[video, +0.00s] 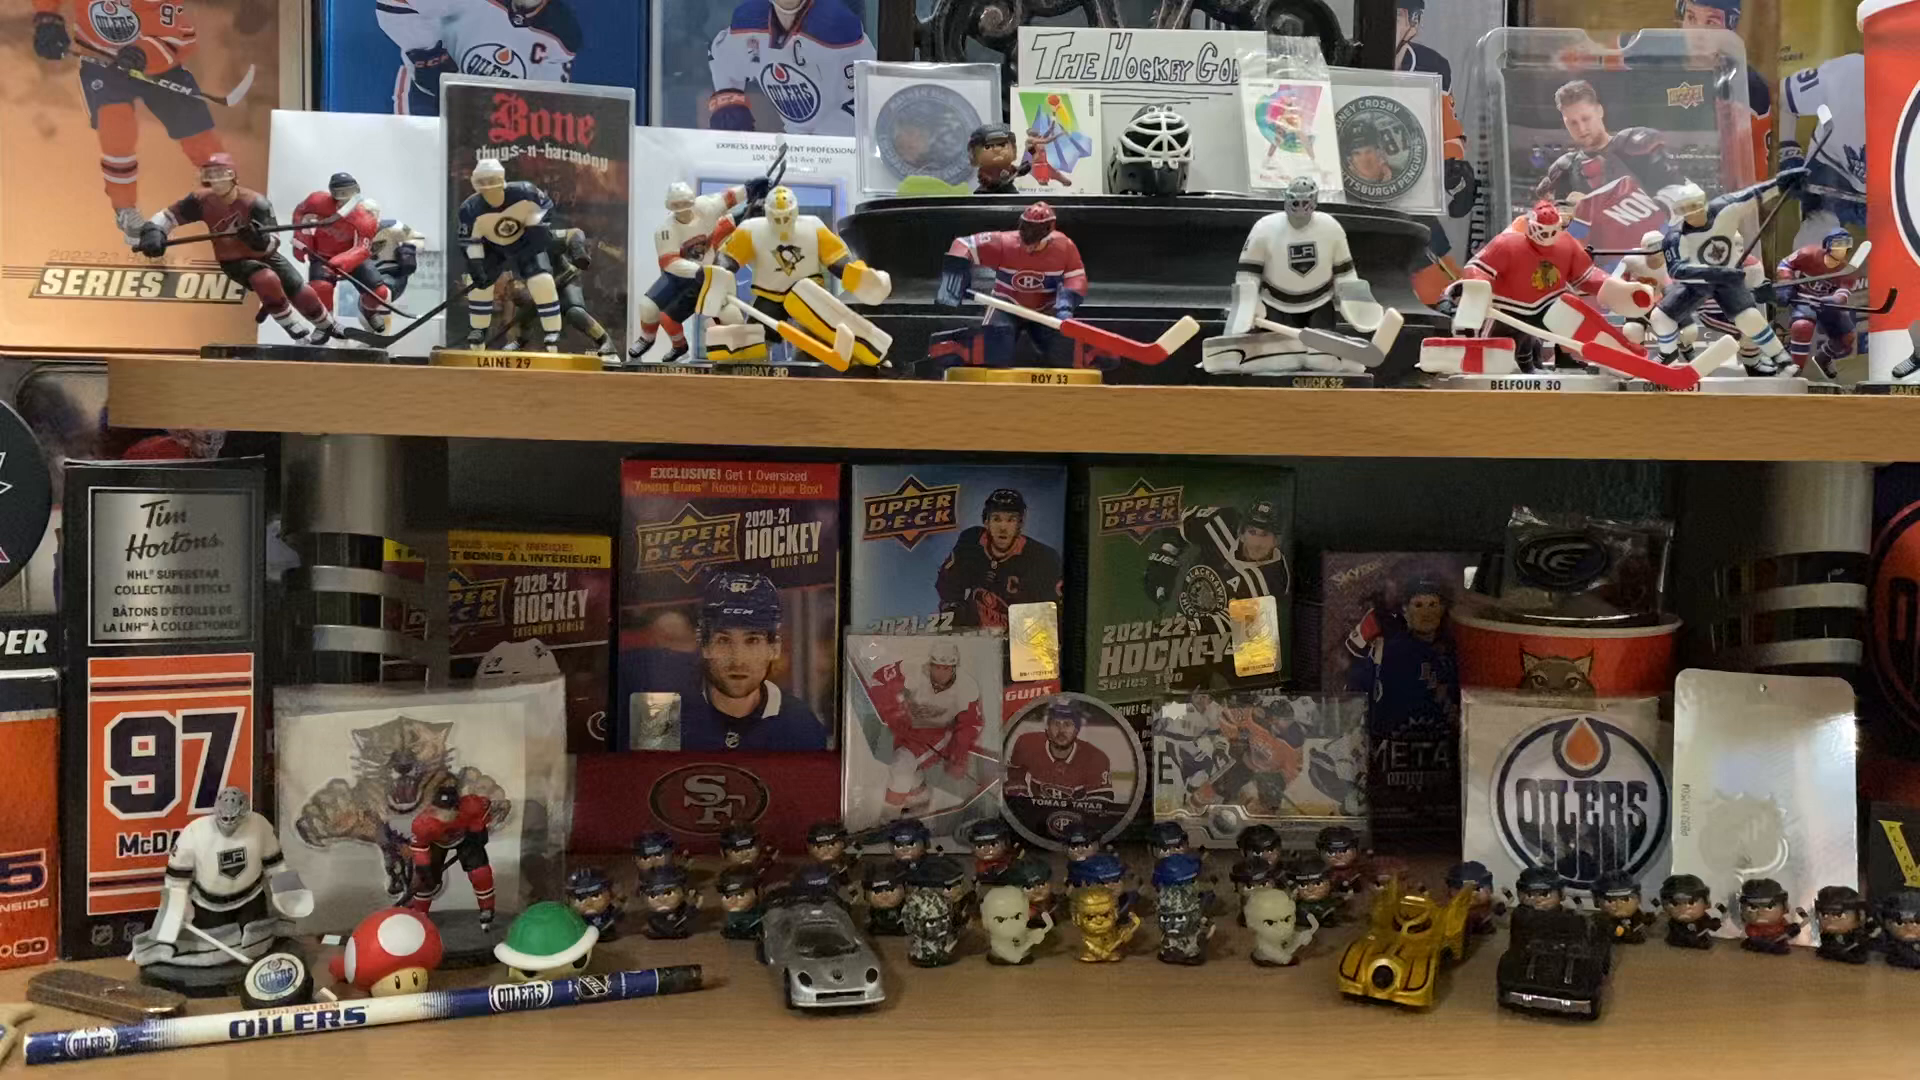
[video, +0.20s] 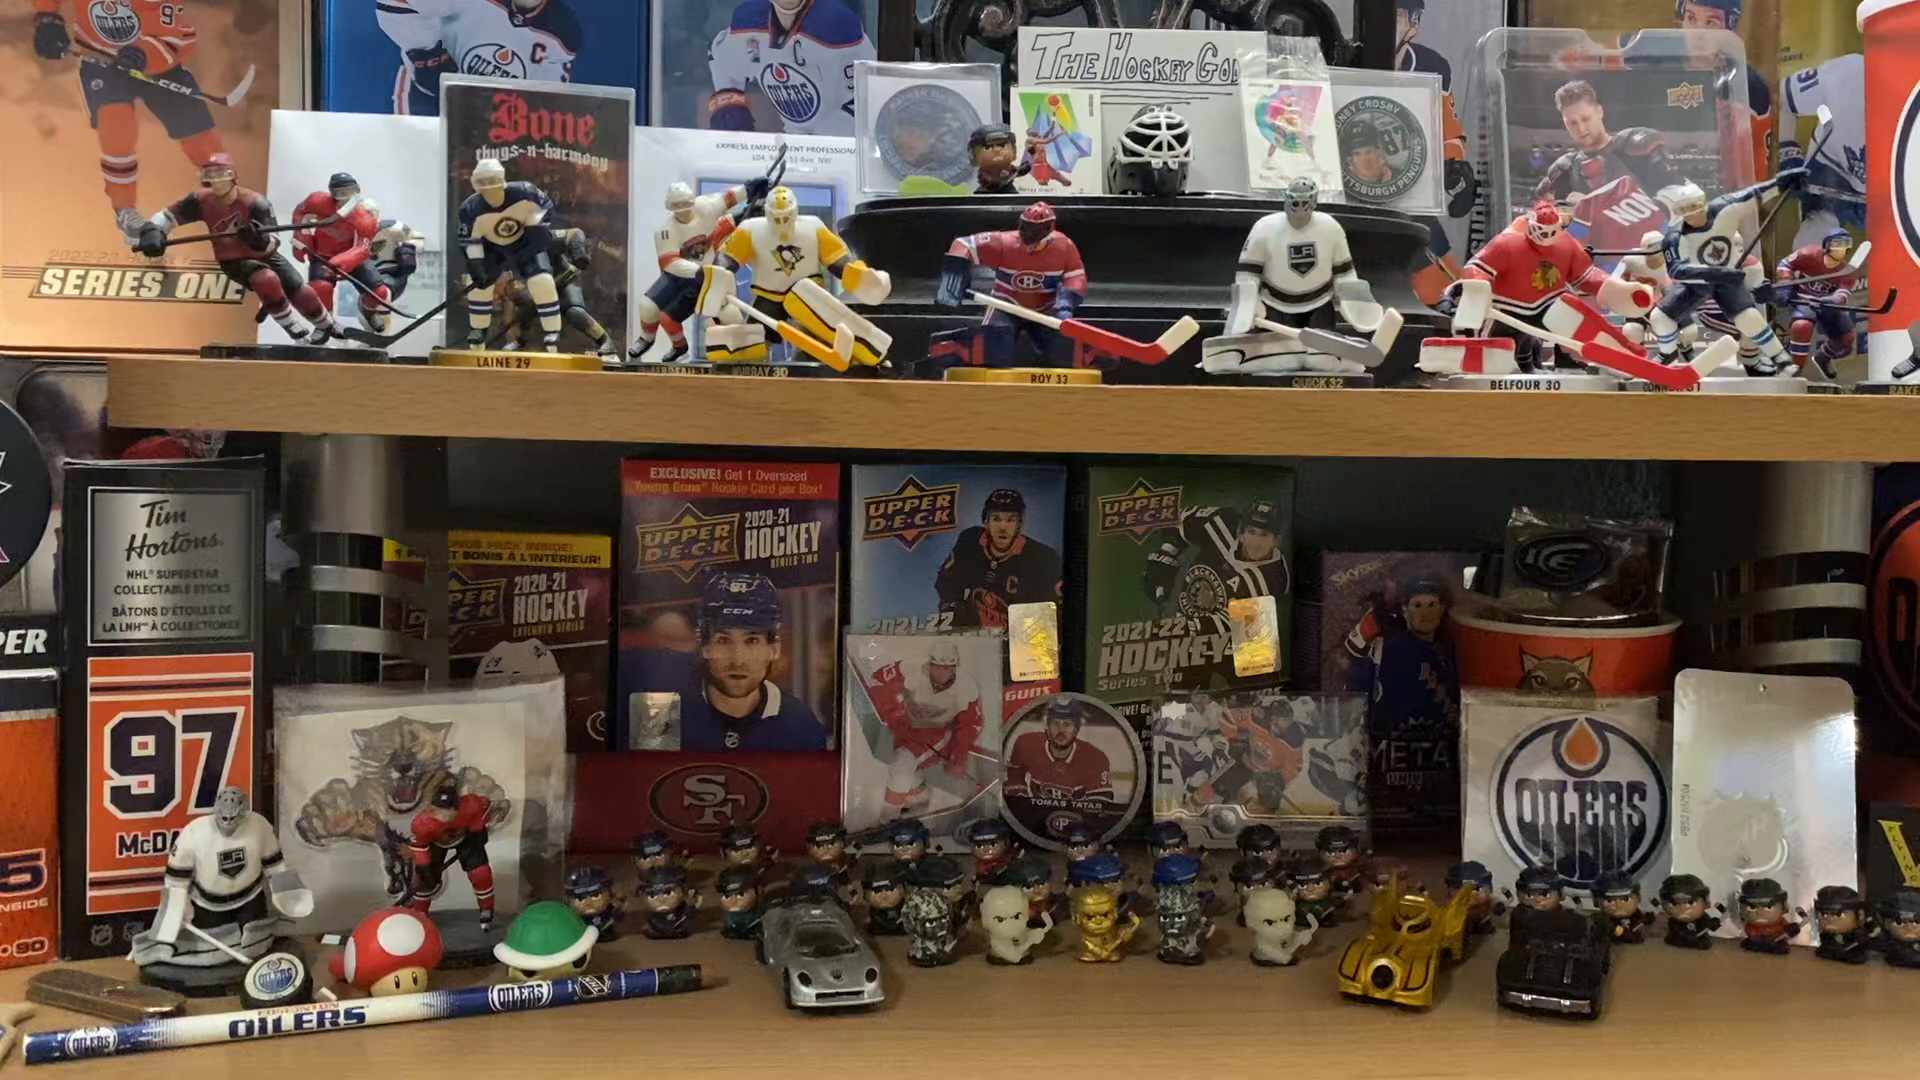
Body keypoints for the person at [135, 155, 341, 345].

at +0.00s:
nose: (214, 181)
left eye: (220, 175)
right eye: (209, 176)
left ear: (232, 177)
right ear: (205, 179)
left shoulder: (255, 202)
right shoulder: (201, 202)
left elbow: (272, 243)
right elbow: (167, 217)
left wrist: (256, 238)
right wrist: (154, 233)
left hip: (267, 255)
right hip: (235, 260)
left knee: (305, 296)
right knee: (268, 280)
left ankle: (331, 328)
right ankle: (296, 329)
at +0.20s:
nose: (214, 182)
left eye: (219, 176)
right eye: (209, 177)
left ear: (232, 177)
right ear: (204, 179)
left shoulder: (255, 202)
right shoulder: (201, 202)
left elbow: (272, 244)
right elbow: (166, 217)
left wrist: (256, 238)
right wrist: (154, 233)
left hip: (266, 255)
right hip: (234, 259)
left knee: (304, 295)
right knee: (267, 279)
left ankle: (329, 327)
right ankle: (293, 326)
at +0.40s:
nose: (213, 181)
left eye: (219, 175)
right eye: (209, 176)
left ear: (232, 177)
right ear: (204, 179)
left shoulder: (254, 202)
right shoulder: (201, 202)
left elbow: (271, 244)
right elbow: (166, 217)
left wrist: (255, 238)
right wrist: (153, 233)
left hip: (265, 255)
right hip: (233, 259)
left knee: (303, 294)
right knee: (267, 280)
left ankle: (329, 326)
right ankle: (294, 328)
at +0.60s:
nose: (214, 181)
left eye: (220, 175)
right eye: (209, 177)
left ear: (232, 177)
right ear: (205, 179)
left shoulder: (255, 202)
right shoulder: (201, 202)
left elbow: (272, 243)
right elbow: (166, 218)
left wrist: (256, 239)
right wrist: (153, 233)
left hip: (266, 255)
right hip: (234, 259)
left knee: (304, 295)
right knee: (268, 280)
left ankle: (331, 328)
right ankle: (296, 330)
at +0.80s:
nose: (214, 181)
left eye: (219, 175)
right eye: (210, 176)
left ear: (232, 177)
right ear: (205, 179)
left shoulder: (254, 202)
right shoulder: (201, 202)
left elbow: (271, 244)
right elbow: (166, 217)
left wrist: (255, 238)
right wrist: (153, 233)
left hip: (266, 255)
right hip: (233, 259)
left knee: (303, 295)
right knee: (267, 280)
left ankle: (330, 327)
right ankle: (294, 328)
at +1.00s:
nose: (214, 181)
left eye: (219, 175)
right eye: (209, 176)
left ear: (232, 177)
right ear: (205, 179)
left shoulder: (254, 202)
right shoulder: (201, 202)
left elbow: (272, 243)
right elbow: (166, 217)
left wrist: (256, 239)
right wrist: (153, 233)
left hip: (265, 255)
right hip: (233, 259)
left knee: (303, 295)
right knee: (267, 280)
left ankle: (330, 327)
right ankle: (293, 326)